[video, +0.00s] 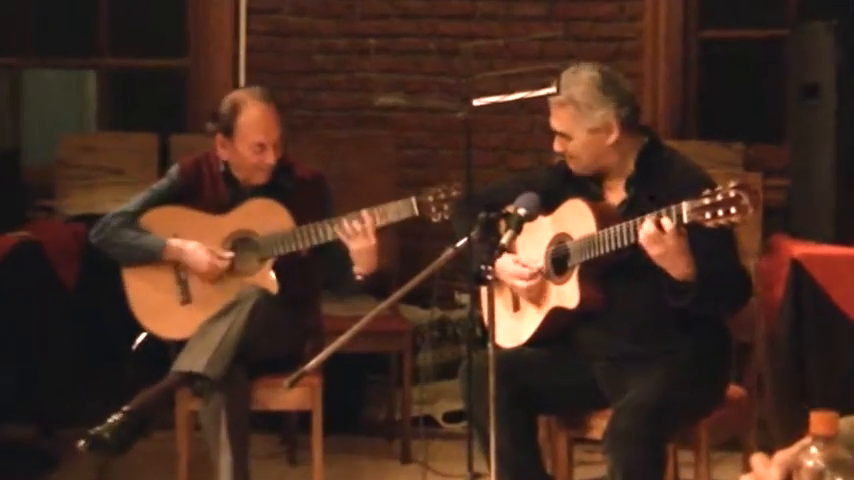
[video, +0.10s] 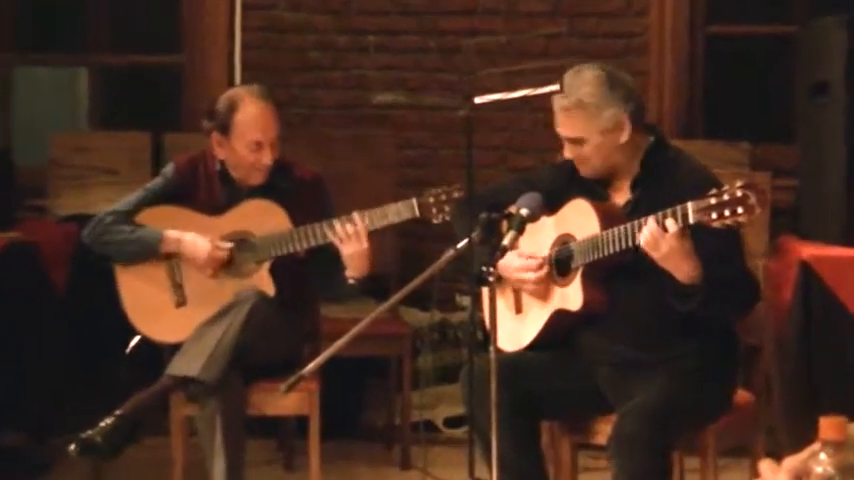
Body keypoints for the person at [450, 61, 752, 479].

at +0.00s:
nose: (557, 147)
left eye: (566, 136)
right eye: (556, 135)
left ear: (609, 131)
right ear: (606, 133)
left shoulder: (684, 186)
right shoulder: (565, 177)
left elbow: (732, 294)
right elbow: (469, 210)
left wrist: (687, 274)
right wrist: (493, 261)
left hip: (675, 357)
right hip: (589, 351)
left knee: (630, 430)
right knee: (488, 373)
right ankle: (525, 473)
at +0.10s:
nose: (567, 155)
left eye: (578, 142)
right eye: (563, 141)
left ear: (621, 129)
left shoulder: (691, 187)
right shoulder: (570, 177)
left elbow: (740, 299)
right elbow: (471, 210)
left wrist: (691, 275)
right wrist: (494, 262)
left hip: (682, 363)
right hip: (593, 354)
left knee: (635, 434)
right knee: (490, 378)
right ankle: (523, 473)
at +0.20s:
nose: (582, 161)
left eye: (593, 146)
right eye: (574, 147)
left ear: (633, 126)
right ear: (564, 137)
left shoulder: (696, 187)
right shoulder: (572, 181)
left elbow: (743, 303)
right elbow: (472, 211)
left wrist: (696, 277)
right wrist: (496, 265)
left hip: (685, 368)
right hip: (592, 359)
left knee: (639, 438)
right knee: (492, 381)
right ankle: (522, 473)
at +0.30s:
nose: (598, 160)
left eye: (608, 143)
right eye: (586, 146)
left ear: (645, 121)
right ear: (575, 136)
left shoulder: (702, 187)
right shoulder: (573, 180)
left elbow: (748, 305)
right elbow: (473, 212)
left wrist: (699, 279)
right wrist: (496, 267)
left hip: (688, 370)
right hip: (594, 361)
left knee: (644, 447)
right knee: (491, 384)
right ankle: (523, 474)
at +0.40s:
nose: (609, 152)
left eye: (620, 134)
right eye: (595, 139)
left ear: (654, 115)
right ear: (583, 133)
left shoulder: (708, 186)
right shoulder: (577, 181)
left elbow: (751, 312)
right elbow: (474, 211)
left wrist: (700, 284)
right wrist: (497, 271)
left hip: (692, 375)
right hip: (597, 367)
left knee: (651, 445)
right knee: (494, 390)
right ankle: (522, 474)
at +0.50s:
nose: (618, 147)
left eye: (631, 129)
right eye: (603, 133)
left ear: (664, 113)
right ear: (590, 128)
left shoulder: (715, 187)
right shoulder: (583, 179)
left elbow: (756, 315)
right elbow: (476, 208)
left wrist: (704, 292)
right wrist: (498, 273)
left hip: (700, 378)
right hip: (605, 370)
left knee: (657, 446)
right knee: (500, 393)